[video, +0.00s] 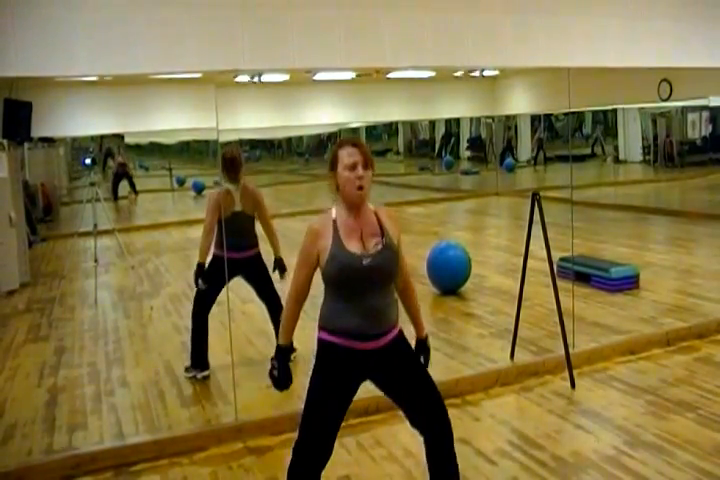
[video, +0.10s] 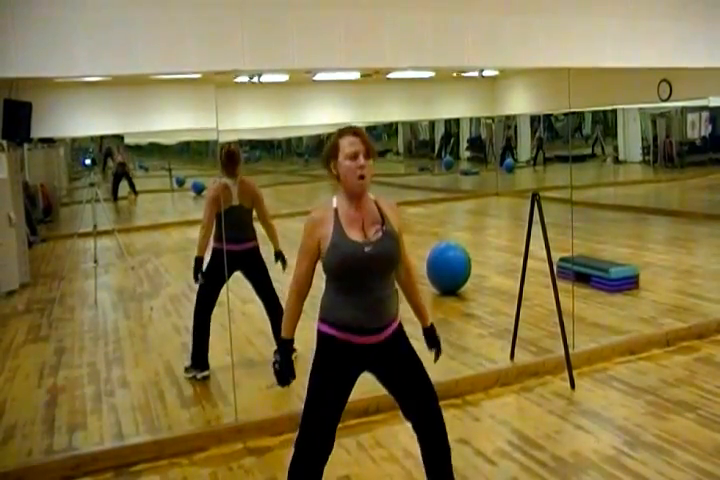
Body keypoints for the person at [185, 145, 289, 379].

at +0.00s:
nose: (231, 170)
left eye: (227, 166)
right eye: (238, 165)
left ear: (221, 168)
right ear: (242, 167)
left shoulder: (216, 197)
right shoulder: (253, 194)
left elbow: (208, 232)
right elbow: (268, 226)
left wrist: (201, 263)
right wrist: (278, 255)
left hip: (223, 263)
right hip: (252, 262)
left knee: (201, 309)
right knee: (273, 302)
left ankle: (200, 364)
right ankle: (286, 347)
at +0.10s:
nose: (230, 165)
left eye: (226, 161)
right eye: (236, 161)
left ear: (221, 164)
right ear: (240, 163)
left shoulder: (216, 191)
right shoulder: (251, 189)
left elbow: (207, 227)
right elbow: (265, 220)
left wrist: (199, 257)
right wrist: (277, 248)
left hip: (223, 257)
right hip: (250, 256)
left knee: (203, 307)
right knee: (270, 300)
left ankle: (200, 364)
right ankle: (285, 348)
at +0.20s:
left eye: (225, 161)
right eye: (236, 162)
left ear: (221, 165)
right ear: (239, 165)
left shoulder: (215, 192)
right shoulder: (250, 188)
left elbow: (206, 227)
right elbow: (264, 220)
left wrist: (196, 259)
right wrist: (278, 247)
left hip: (224, 258)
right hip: (251, 256)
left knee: (203, 305)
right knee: (272, 301)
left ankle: (200, 363)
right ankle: (285, 350)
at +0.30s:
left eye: (220, 173)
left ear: (220, 175)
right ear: (239, 175)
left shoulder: (214, 197)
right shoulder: (250, 196)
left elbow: (205, 236)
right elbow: (264, 228)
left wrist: (194, 268)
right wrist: (280, 256)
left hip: (226, 263)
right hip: (253, 261)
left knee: (200, 308)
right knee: (274, 303)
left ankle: (200, 365)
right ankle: (288, 354)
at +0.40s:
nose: (229, 180)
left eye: (223, 176)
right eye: (235, 176)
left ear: (219, 178)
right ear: (239, 178)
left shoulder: (215, 202)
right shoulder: (250, 200)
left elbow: (204, 242)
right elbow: (266, 233)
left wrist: (193, 273)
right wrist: (280, 259)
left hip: (227, 269)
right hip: (254, 267)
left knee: (198, 309)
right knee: (275, 302)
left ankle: (200, 365)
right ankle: (286, 348)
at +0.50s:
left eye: (224, 167)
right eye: (234, 167)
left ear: (220, 171)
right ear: (239, 170)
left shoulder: (214, 196)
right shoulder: (250, 194)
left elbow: (204, 234)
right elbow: (265, 225)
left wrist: (194, 263)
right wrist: (278, 251)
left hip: (226, 261)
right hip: (252, 259)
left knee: (202, 308)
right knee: (273, 300)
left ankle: (200, 364)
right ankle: (287, 347)